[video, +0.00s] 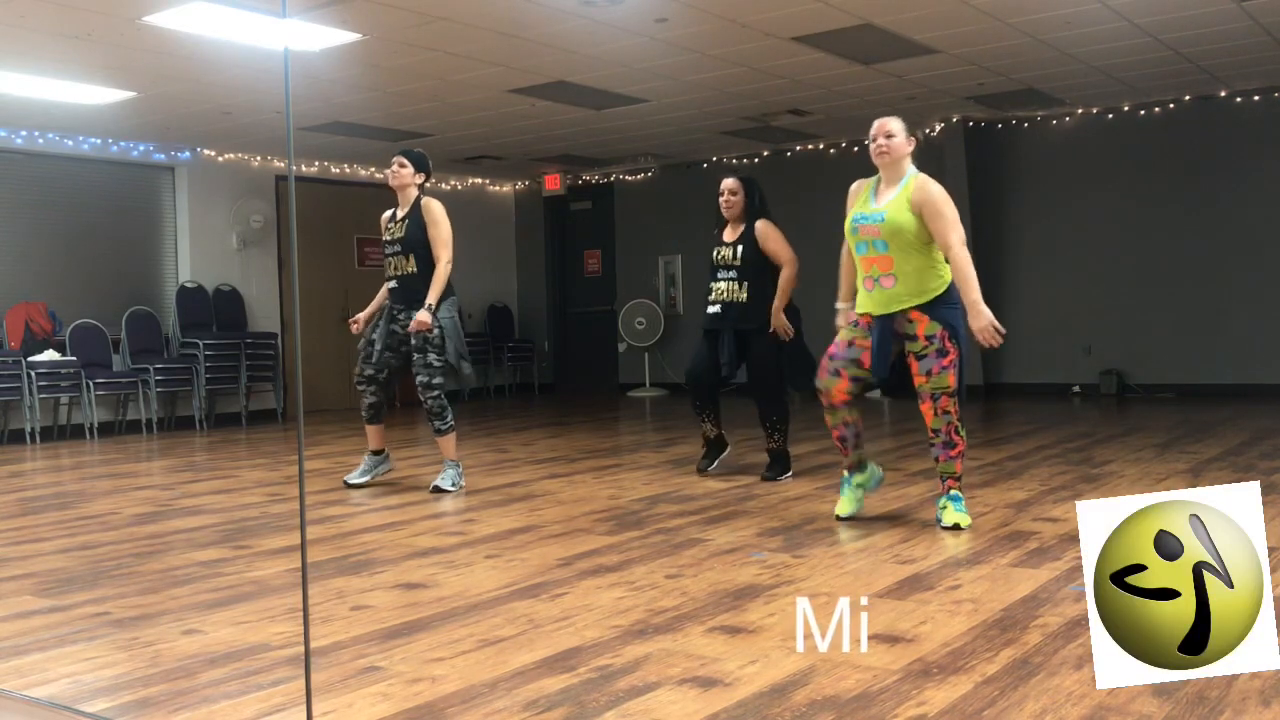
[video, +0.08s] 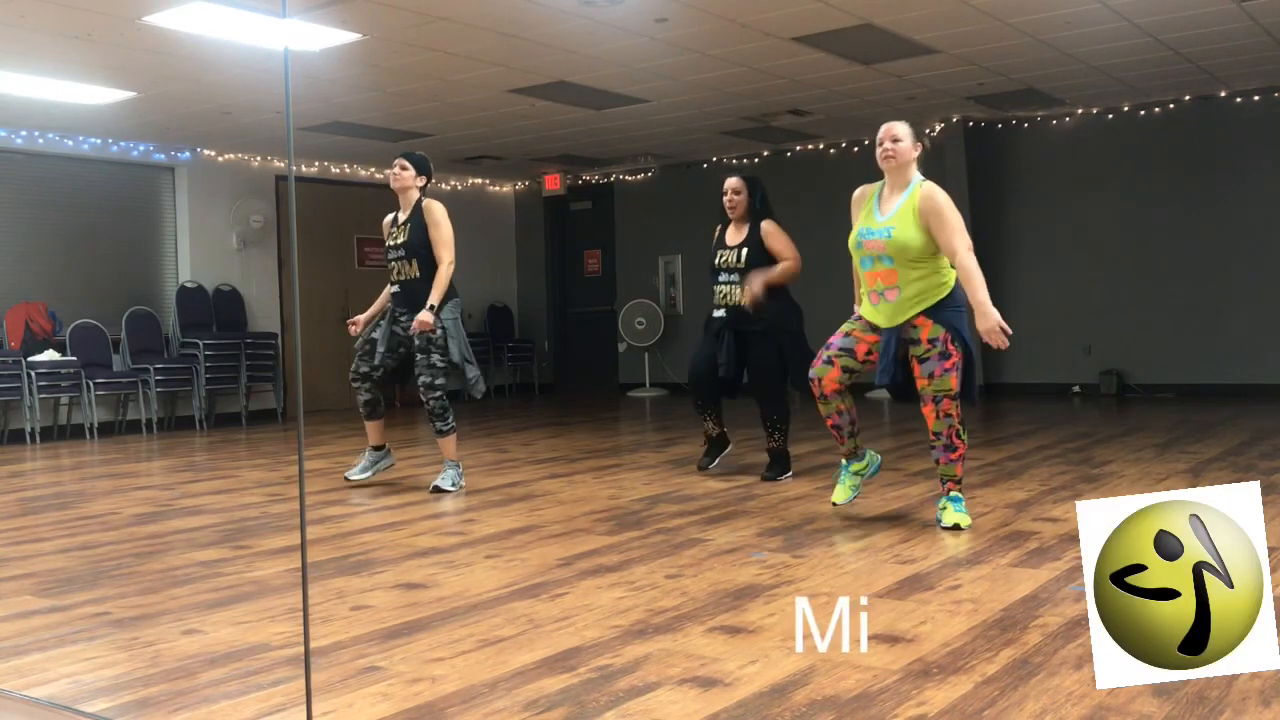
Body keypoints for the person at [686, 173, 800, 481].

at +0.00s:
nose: (725, 199)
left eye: (732, 193)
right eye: (722, 194)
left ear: (748, 197)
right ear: (718, 200)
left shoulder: (761, 228)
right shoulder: (722, 233)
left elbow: (790, 263)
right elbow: (729, 277)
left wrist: (778, 309)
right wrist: (720, 312)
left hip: (760, 326)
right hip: (724, 327)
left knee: (767, 388)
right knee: (698, 378)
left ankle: (779, 459)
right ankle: (714, 442)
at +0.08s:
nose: (729, 198)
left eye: (736, 193)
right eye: (725, 193)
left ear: (752, 197)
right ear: (722, 198)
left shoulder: (765, 228)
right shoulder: (721, 232)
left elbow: (793, 262)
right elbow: (726, 274)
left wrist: (762, 277)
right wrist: (721, 310)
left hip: (764, 326)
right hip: (725, 327)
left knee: (769, 387)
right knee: (700, 376)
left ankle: (779, 457)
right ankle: (716, 438)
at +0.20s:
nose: (731, 198)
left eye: (739, 193)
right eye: (728, 193)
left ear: (755, 196)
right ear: (724, 198)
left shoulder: (771, 229)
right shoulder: (718, 228)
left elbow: (773, 269)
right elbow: (710, 272)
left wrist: (756, 231)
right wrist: (707, 310)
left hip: (763, 325)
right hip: (724, 324)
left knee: (769, 387)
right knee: (712, 383)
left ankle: (779, 458)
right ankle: (718, 452)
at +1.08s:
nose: (707, 196)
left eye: (714, 191)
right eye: (704, 192)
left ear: (730, 197)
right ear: (701, 200)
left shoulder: (750, 232)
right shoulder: (692, 237)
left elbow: (778, 264)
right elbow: (681, 279)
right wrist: (679, 320)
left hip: (750, 323)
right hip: (709, 327)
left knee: (746, 367)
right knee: (715, 391)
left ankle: (769, 431)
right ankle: (722, 455)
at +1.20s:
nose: (710, 195)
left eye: (718, 189)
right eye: (708, 190)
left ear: (734, 195)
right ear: (705, 197)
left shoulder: (754, 231)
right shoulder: (696, 235)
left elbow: (779, 269)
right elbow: (690, 277)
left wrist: (767, 305)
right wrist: (691, 319)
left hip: (751, 327)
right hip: (712, 328)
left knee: (755, 386)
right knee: (719, 392)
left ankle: (779, 451)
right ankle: (722, 455)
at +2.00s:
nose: (723, 199)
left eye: (730, 194)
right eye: (719, 195)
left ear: (744, 200)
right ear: (714, 201)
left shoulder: (762, 237)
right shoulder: (702, 235)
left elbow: (787, 274)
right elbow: (685, 267)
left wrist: (792, 314)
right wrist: (671, 297)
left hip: (758, 327)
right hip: (716, 329)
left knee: (751, 372)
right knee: (718, 392)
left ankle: (772, 435)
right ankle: (725, 454)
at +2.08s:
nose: (725, 197)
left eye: (732, 192)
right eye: (720, 192)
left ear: (745, 196)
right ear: (715, 198)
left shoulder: (763, 232)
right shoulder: (705, 230)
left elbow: (786, 272)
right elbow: (690, 264)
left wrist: (793, 312)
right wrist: (662, 255)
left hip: (758, 324)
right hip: (718, 326)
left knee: (753, 380)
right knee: (721, 388)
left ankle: (775, 445)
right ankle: (725, 454)